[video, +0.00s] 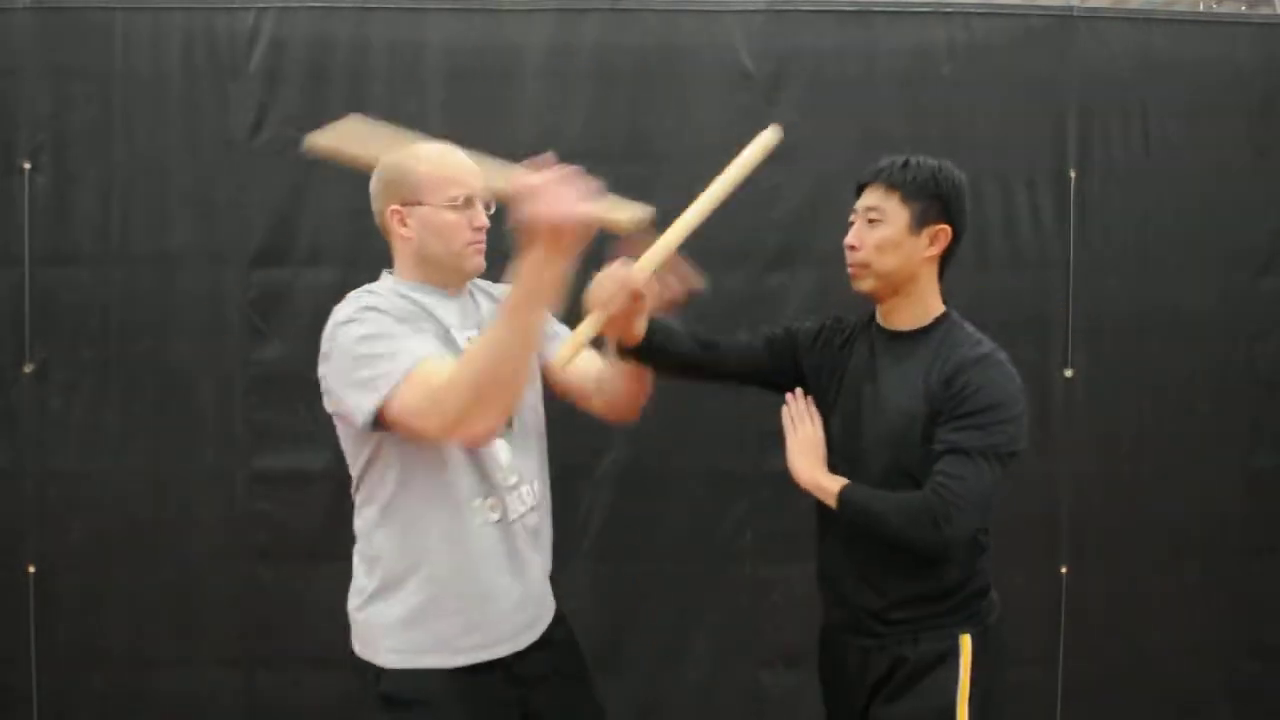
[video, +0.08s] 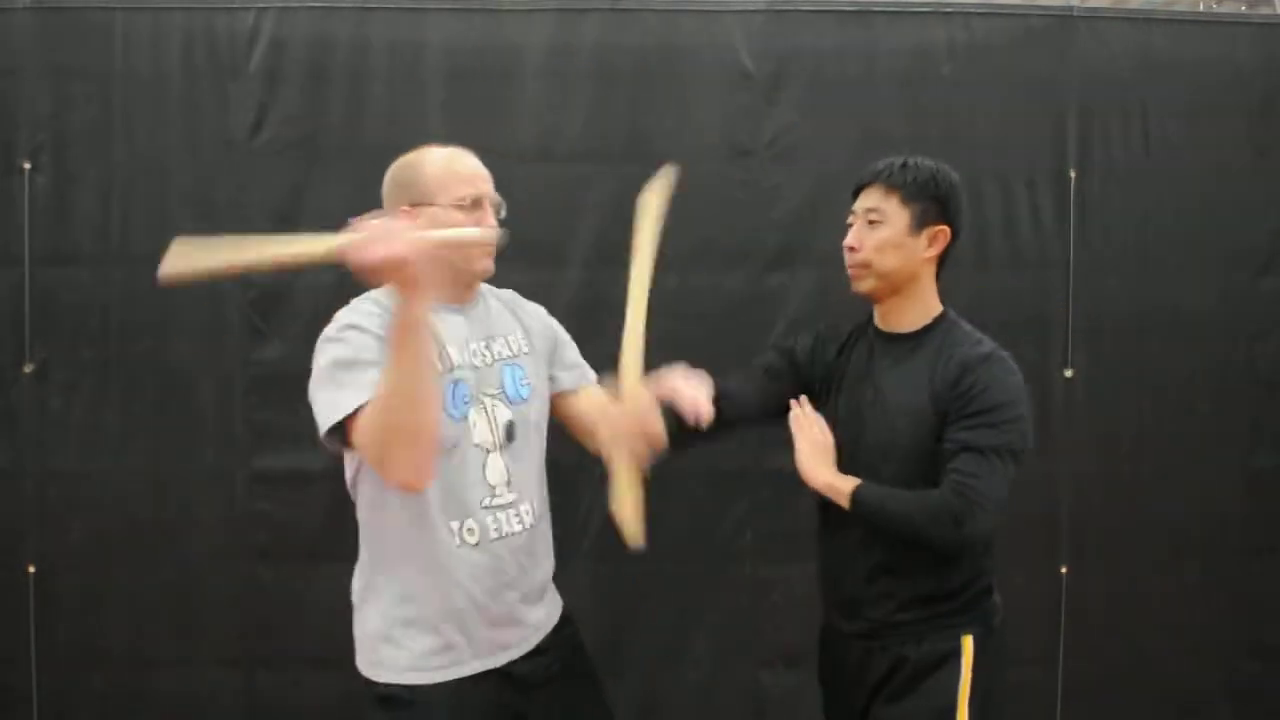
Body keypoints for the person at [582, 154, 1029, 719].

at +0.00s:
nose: (850, 239)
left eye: (873, 222)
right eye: (853, 222)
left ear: (934, 240)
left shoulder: (979, 374)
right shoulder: (833, 348)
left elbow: (945, 523)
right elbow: (720, 355)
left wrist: (821, 482)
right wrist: (633, 335)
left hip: (938, 651)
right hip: (848, 644)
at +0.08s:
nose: (849, 242)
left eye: (872, 223)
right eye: (851, 225)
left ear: (933, 241)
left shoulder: (982, 373)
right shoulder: (834, 350)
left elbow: (964, 516)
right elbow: (742, 398)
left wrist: (831, 480)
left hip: (938, 647)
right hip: (848, 641)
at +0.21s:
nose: (846, 245)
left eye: (869, 226)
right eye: (848, 228)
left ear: (930, 242)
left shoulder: (981, 367)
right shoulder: (841, 363)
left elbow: (951, 475)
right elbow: (757, 462)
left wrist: (836, 439)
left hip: (939, 649)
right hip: (850, 644)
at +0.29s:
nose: (847, 246)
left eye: (868, 228)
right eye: (849, 229)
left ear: (929, 242)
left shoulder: (977, 363)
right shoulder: (842, 372)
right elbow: (786, 488)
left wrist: (803, 383)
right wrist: (764, 585)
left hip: (945, 650)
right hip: (856, 646)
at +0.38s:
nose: (850, 248)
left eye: (871, 229)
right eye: (853, 230)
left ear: (933, 243)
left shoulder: (965, 354)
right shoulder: (867, 360)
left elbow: (853, 333)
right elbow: (809, 478)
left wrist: (734, 317)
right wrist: (783, 567)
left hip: (940, 653)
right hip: (864, 648)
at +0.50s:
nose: (856, 242)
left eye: (878, 225)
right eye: (863, 225)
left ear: (938, 242)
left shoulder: (957, 344)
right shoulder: (892, 345)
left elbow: (817, 303)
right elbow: (824, 431)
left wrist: (667, 261)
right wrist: (749, 466)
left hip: (936, 651)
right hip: (883, 643)